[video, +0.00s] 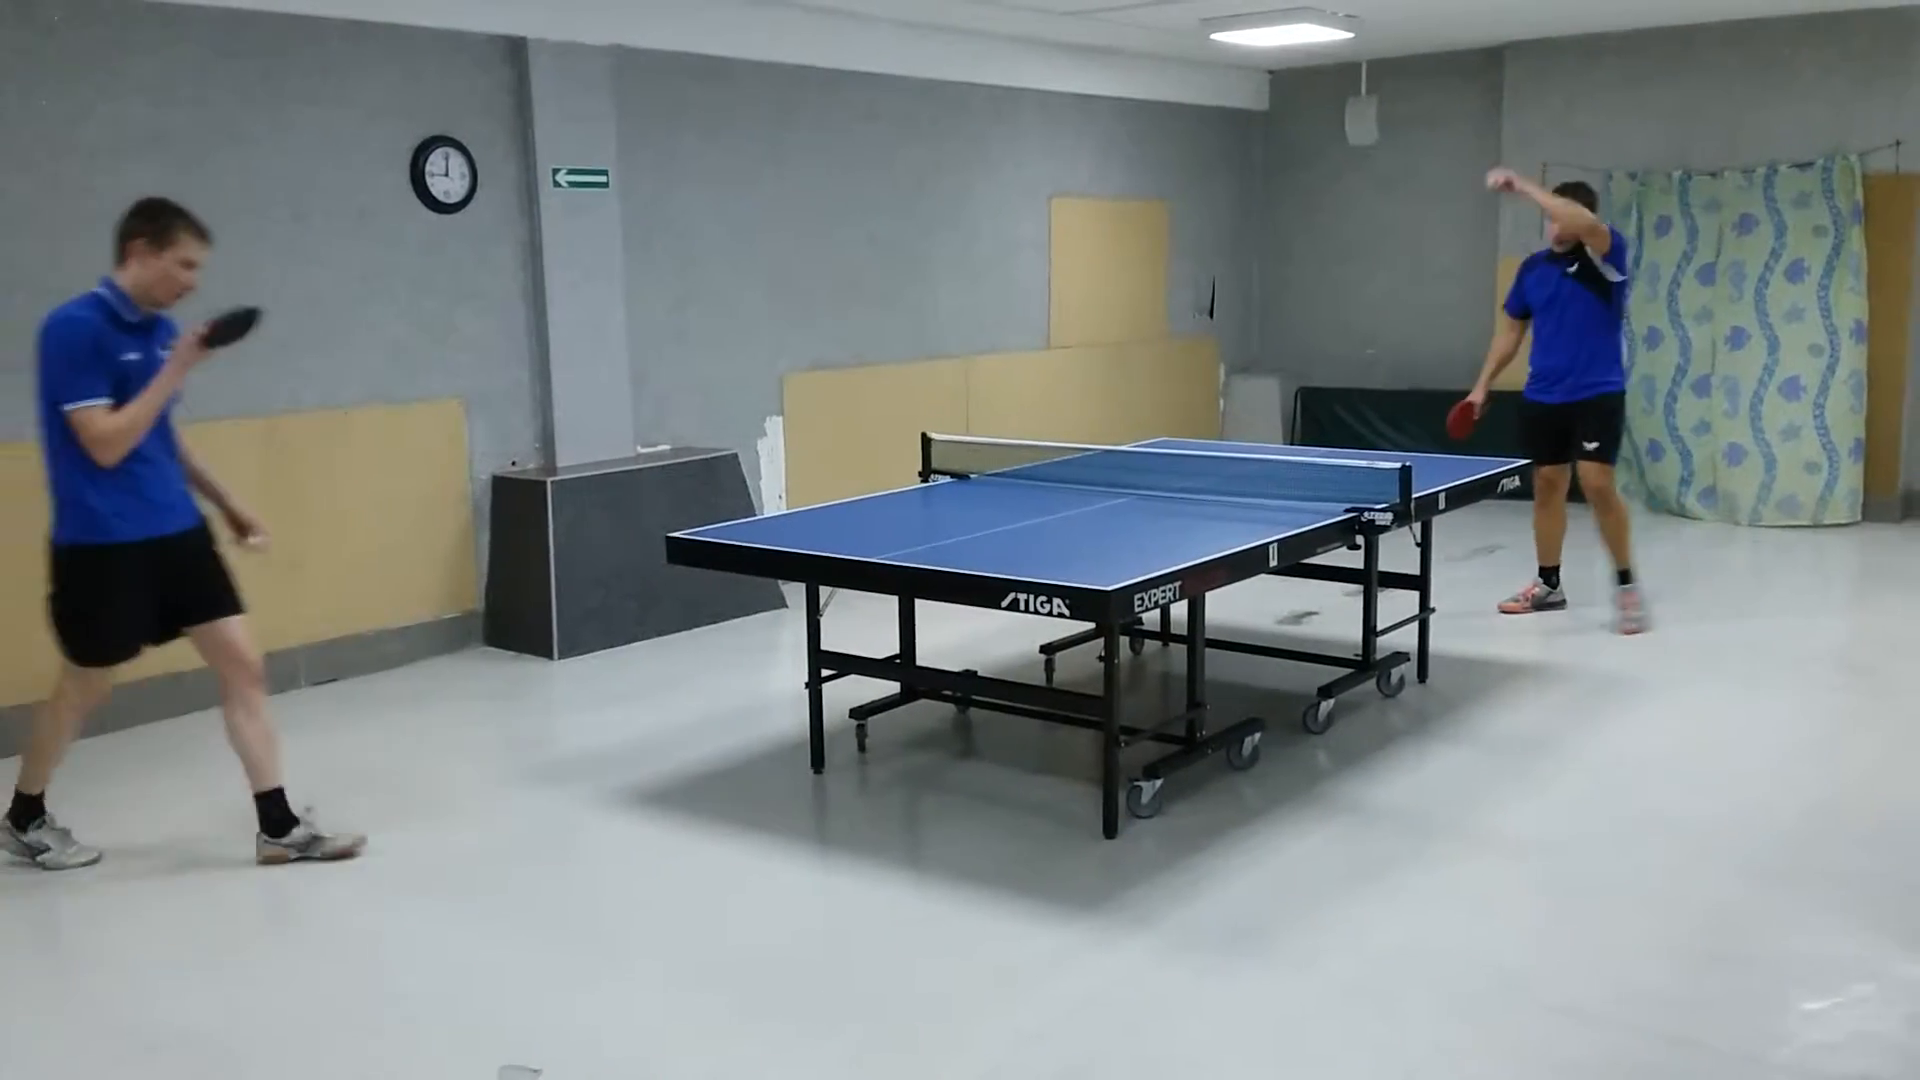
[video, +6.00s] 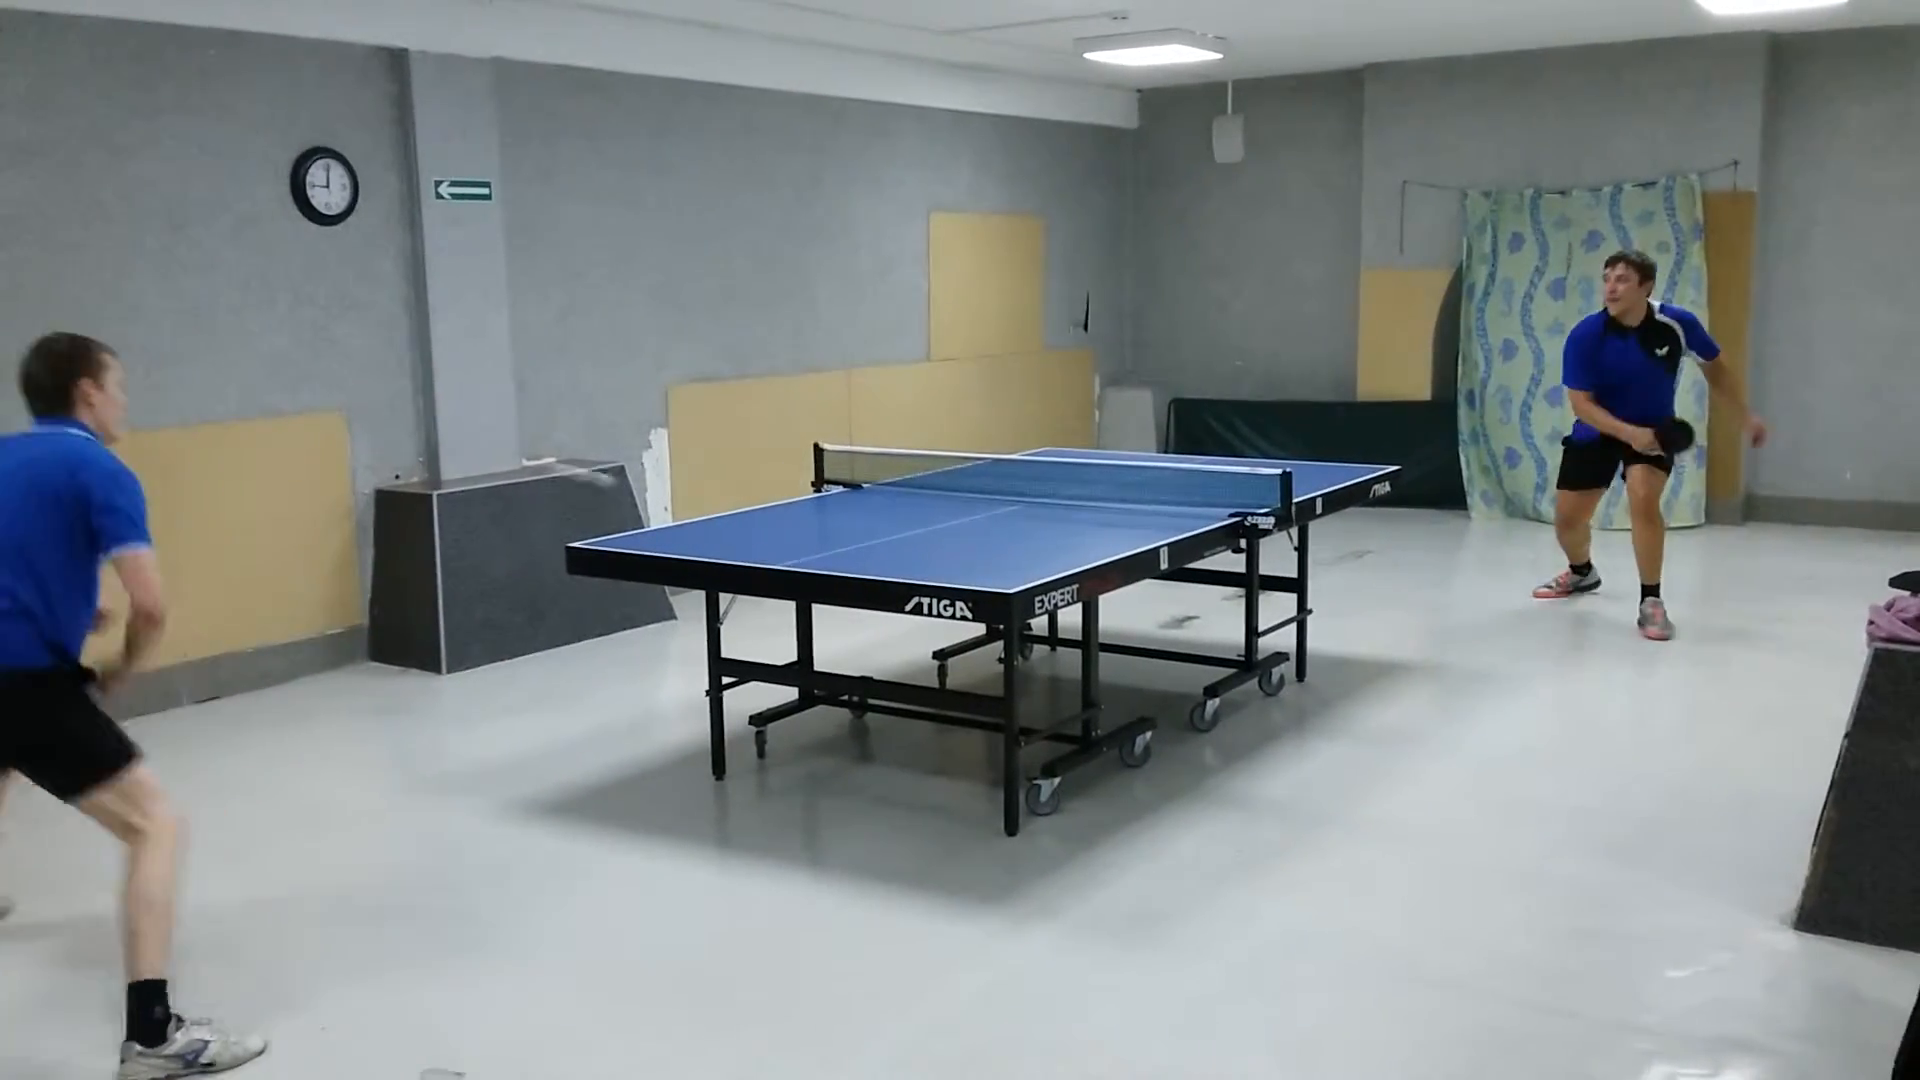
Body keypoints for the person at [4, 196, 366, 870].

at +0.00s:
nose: (191, 283)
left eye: (196, 270)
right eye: (184, 266)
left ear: (158, 260)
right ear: (137, 252)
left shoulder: (160, 333)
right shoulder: (71, 329)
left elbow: (162, 442)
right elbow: (103, 444)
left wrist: (225, 503)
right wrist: (179, 366)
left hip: (177, 536)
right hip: (100, 548)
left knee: (242, 667)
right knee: (84, 687)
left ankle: (278, 824)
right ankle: (23, 816)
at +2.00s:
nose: (669, 318)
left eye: (666, 304)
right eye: (667, 305)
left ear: (596, 303)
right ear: (650, 311)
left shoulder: (526, 348)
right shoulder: (628, 407)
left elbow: (442, 429)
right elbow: (627, 556)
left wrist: (497, 495)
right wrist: (702, 560)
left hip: (456, 582)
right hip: (534, 600)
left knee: (478, 696)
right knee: (641, 742)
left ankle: (435, 846)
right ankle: (623, 942)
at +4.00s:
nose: (360, 220)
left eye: (354, 206)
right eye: (353, 207)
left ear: (275, 218)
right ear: (330, 216)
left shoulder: (212, 291)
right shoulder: (363, 292)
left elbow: (91, 359)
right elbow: (510, 319)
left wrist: (73, 408)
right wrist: (647, 308)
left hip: (237, 555)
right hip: (338, 551)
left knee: (266, 683)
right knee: (430, 721)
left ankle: (212, 856)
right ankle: (447, 920)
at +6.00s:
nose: (122, 404)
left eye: (118, 388)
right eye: (115, 389)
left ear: (47, 396)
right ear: (86, 393)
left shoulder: (11, 454)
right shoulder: (98, 469)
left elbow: (19, 570)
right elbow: (146, 607)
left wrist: (76, 624)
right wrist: (119, 675)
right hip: (27, 682)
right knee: (153, 822)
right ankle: (149, 1032)